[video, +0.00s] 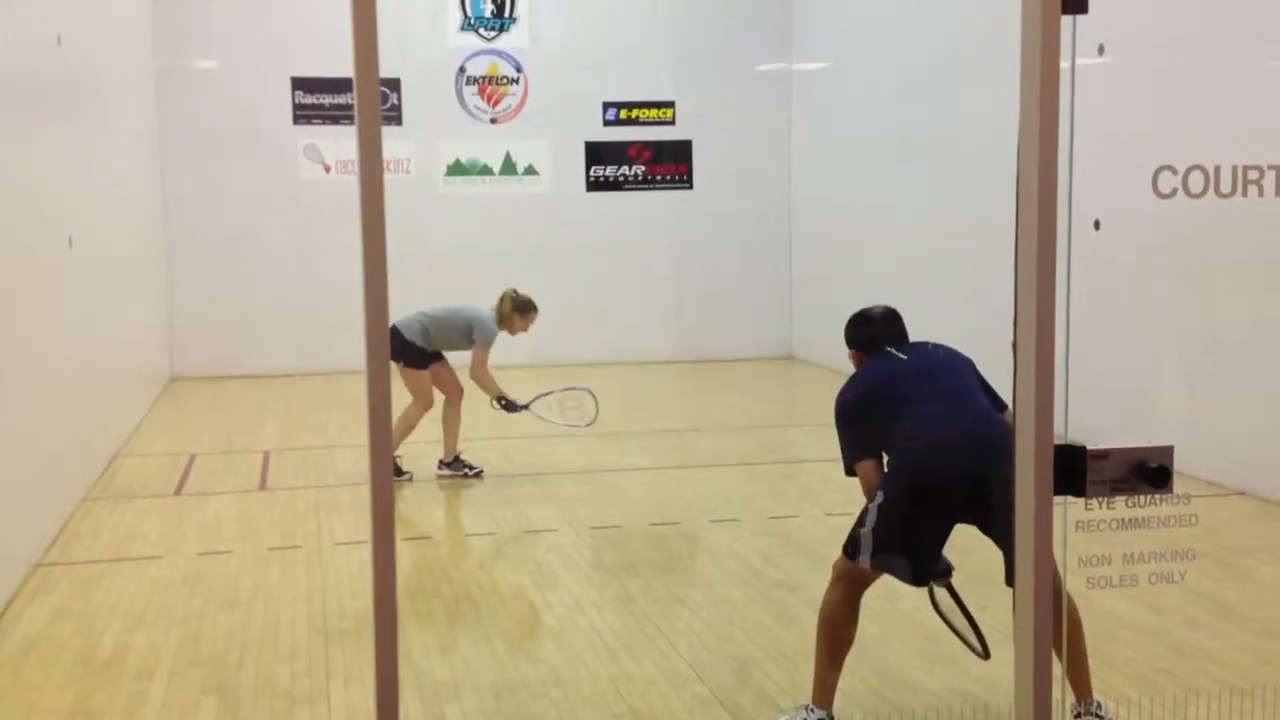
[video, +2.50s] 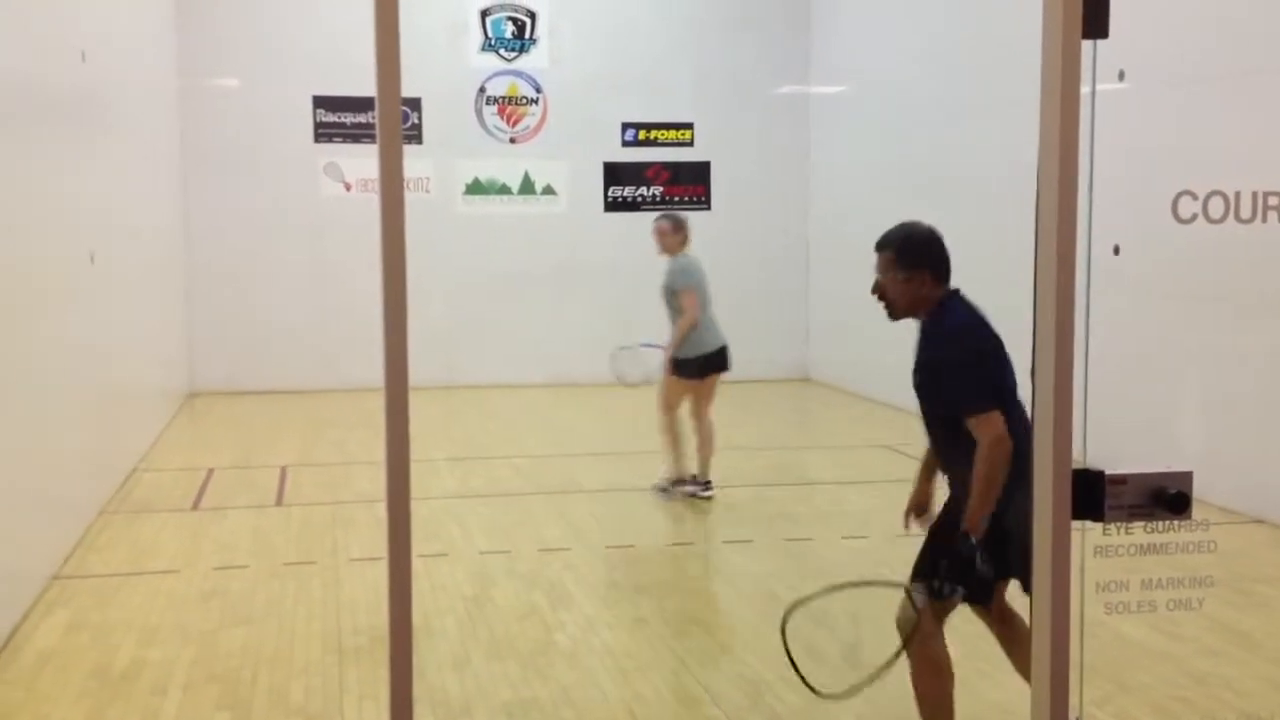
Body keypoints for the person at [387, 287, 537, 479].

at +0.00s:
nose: (528, 328)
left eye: (531, 323)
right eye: (527, 322)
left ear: (514, 316)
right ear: (514, 315)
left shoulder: (487, 324)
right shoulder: (486, 326)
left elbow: (480, 370)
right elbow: (477, 372)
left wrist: (501, 396)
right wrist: (501, 397)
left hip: (426, 344)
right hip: (406, 339)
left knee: (454, 393)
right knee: (423, 400)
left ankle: (449, 460)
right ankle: (385, 456)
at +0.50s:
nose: (504, 289)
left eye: (505, 284)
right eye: (501, 283)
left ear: (488, 280)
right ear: (487, 279)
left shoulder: (472, 301)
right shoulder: (457, 295)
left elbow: (474, 340)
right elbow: (431, 325)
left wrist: (517, 342)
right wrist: (462, 346)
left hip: (417, 346)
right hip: (396, 341)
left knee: (429, 402)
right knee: (409, 402)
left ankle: (443, 464)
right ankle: (378, 456)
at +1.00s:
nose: (483, 280)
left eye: (486, 275)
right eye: (482, 274)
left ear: (473, 272)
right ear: (467, 269)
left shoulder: (466, 294)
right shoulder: (430, 278)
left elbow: (472, 320)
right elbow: (393, 286)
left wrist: (492, 350)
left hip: (422, 342)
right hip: (395, 341)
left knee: (448, 390)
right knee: (396, 401)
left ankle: (445, 442)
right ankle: (378, 459)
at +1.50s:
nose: (515, 235)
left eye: (513, 231)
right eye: (514, 231)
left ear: (487, 230)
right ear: (509, 234)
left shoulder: (468, 255)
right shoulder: (512, 267)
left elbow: (448, 288)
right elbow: (498, 299)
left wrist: (432, 318)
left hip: (458, 326)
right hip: (484, 330)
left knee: (463, 385)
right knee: (474, 387)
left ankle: (462, 438)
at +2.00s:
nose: (541, 234)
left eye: (544, 229)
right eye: (542, 228)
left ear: (552, 231)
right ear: (569, 230)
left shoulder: (547, 264)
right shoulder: (587, 262)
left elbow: (543, 304)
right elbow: (596, 300)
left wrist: (529, 333)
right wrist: (579, 311)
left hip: (553, 335)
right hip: (582, 333)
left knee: (545, 390)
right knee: (575, 389)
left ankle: (560, 440)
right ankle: (575, 440)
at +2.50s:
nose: (657, 239)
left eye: (662, 234)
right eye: (656, 234)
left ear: (679, 235)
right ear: (677, 237)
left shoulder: (679, 268)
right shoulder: (691, 264)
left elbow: (691, 313)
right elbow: (697, 312)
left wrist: (671, 348)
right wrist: (676, 341)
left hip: (691, 353)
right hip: (713, 349)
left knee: (669, 406)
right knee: (701, 410)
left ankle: (678, 473)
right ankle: (703, 477)